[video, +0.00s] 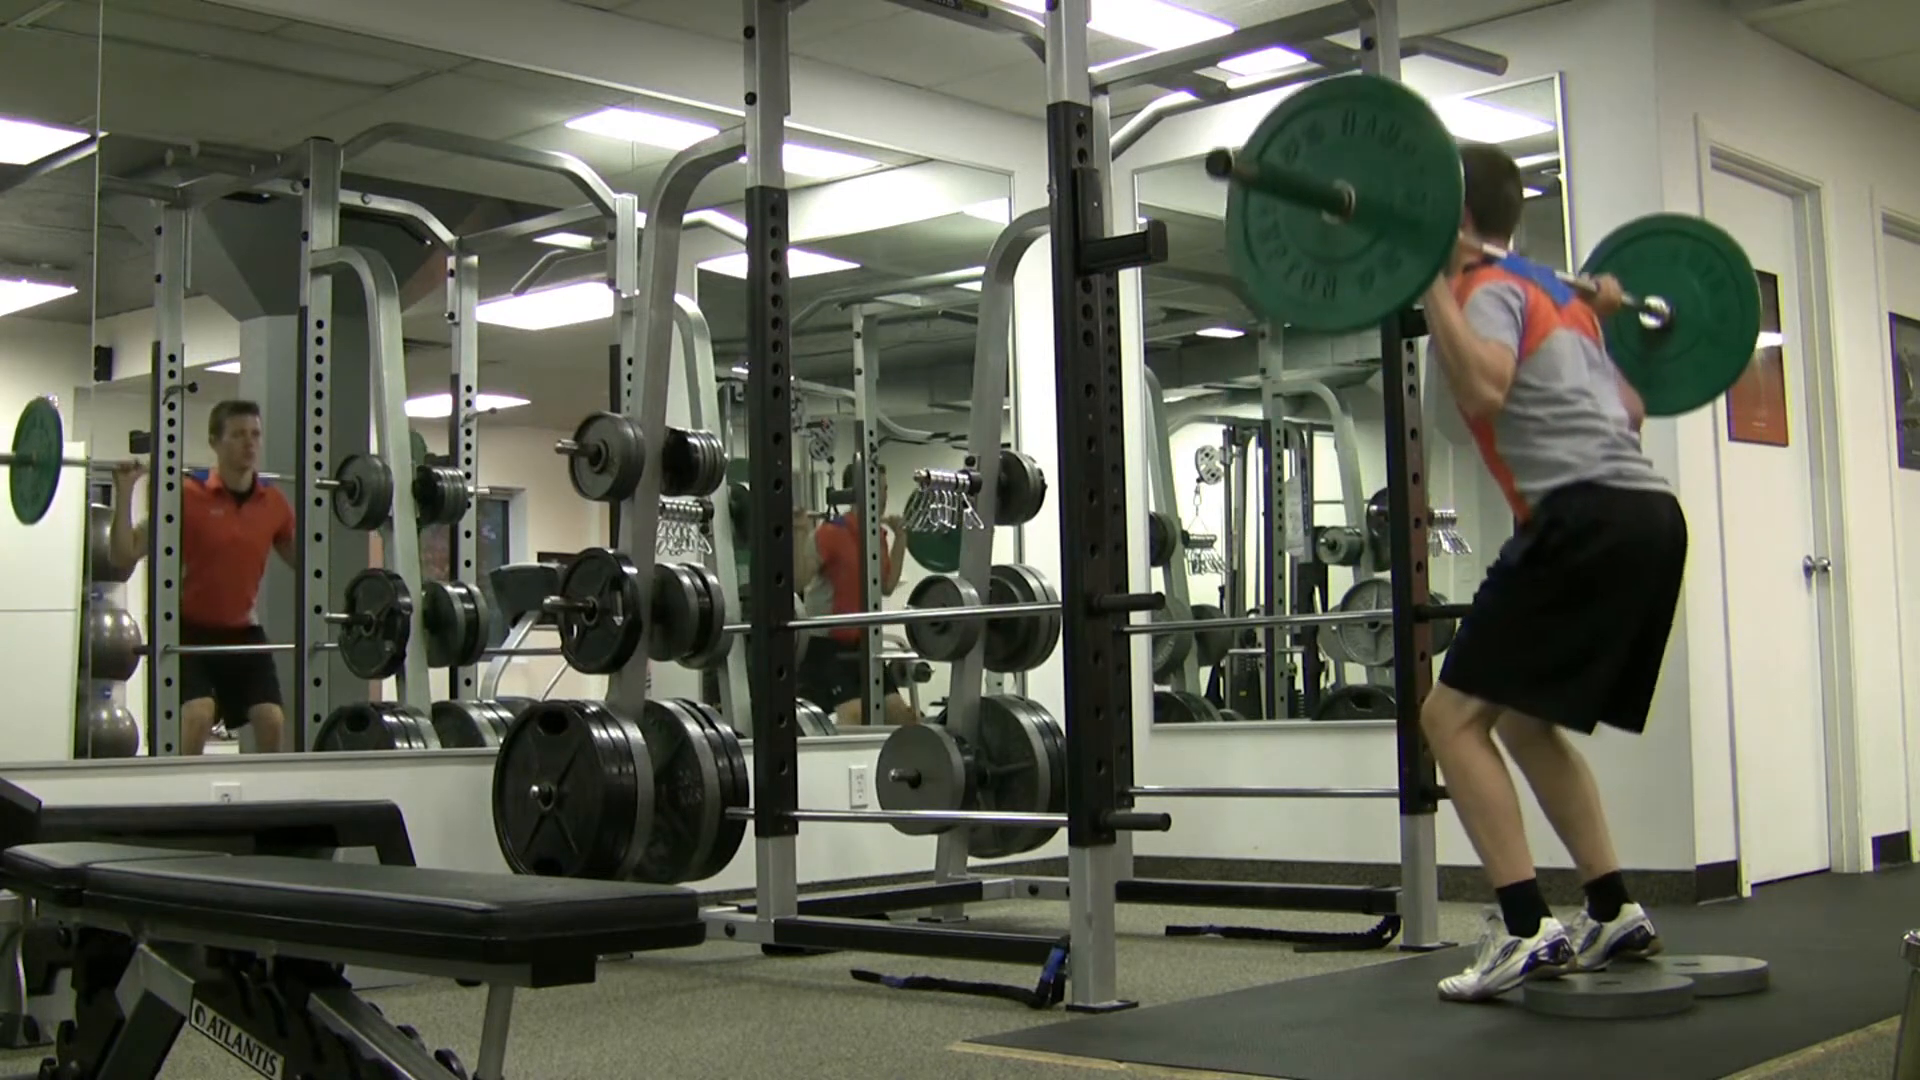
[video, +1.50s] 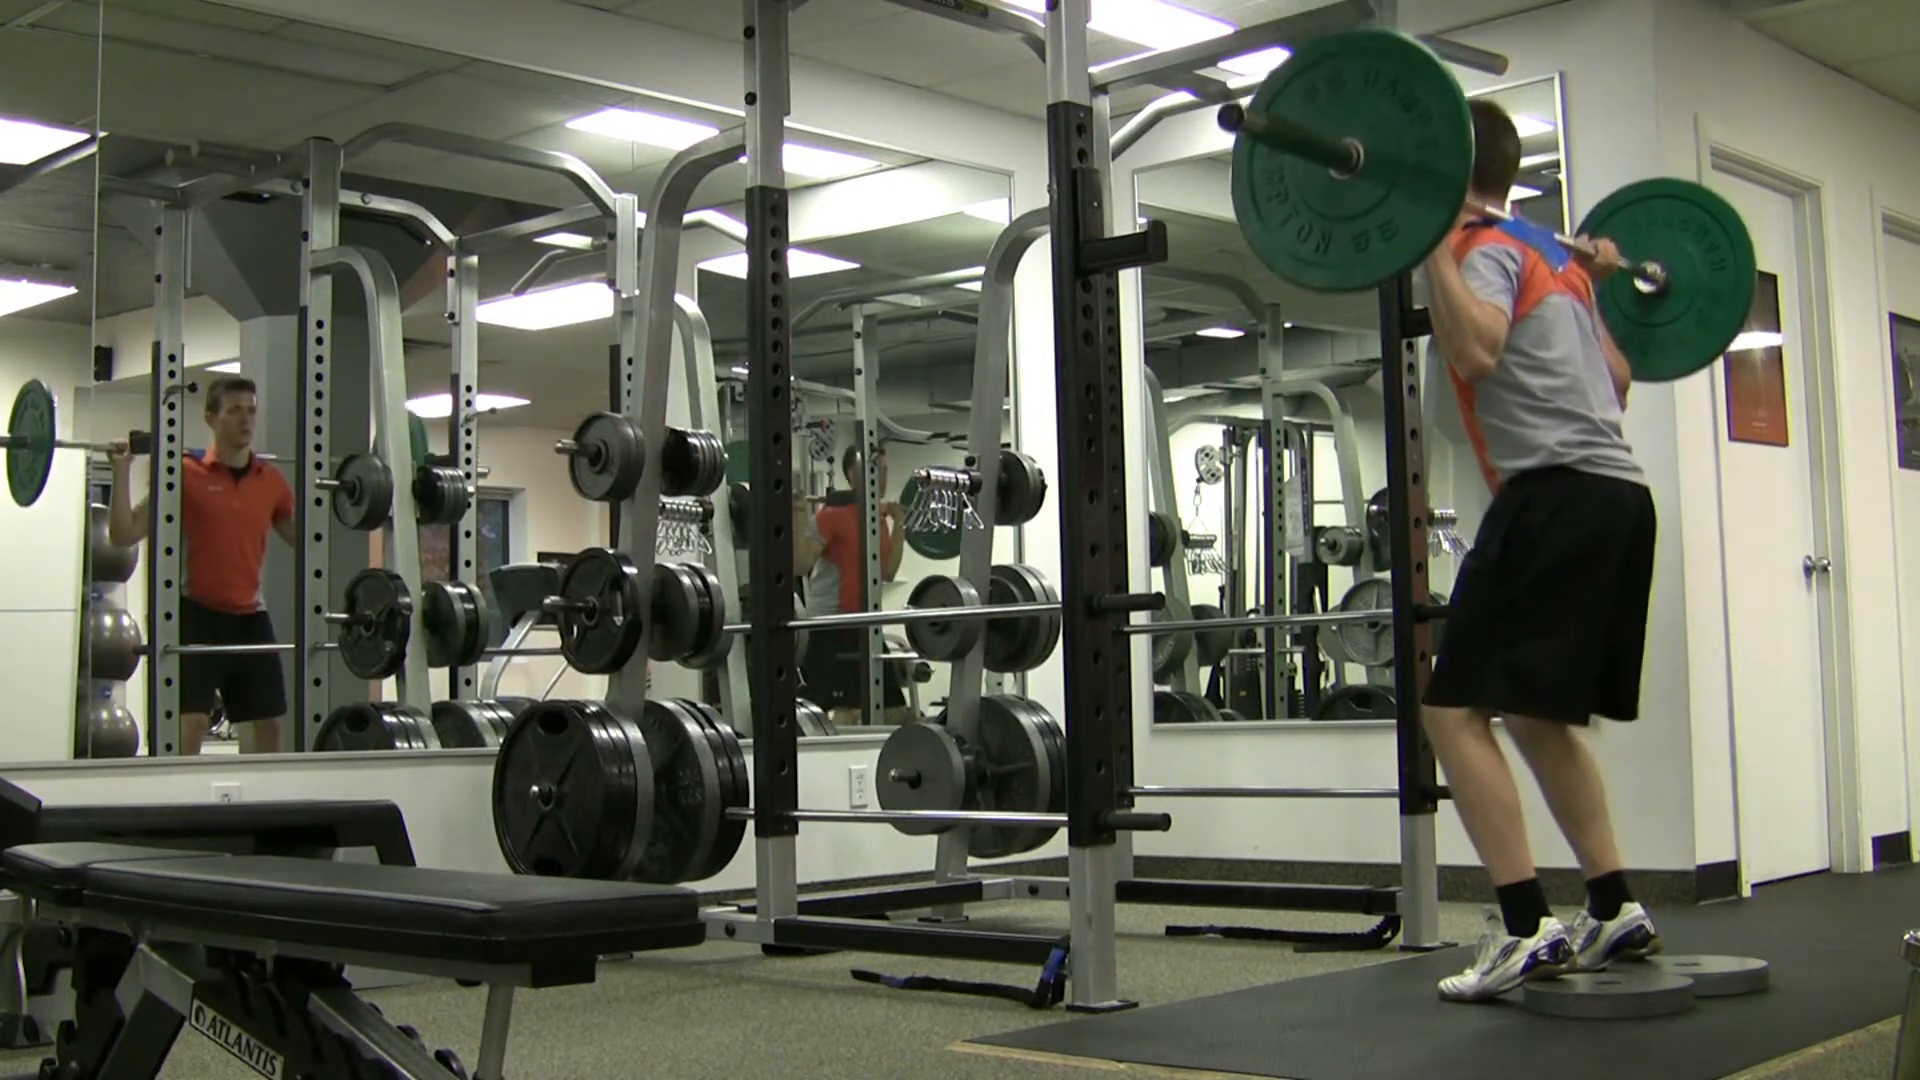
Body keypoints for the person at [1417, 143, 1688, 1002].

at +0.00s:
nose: (1435, 231)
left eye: (1437, 215)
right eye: (1440, 213)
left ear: (1452, 217)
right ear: (1515, 220)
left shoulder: (1491, 286)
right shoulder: (1563, 298)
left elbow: (1485, 391)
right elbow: (1628, 410)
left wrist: (1433, 286)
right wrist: (1600, 312)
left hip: (1584, 519)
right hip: (1650, 520)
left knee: (1449, 713)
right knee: (1522, 718)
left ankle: (1523, 928)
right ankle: (1615, 911)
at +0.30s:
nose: (1432, 170)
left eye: (1436, 152)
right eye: (1438, 153)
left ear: (1457, 158)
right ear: (1512, 162)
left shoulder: (1487, 233)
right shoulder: (1565, 246)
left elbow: (1476, 338)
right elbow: (1621, 368)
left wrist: (1431, 230)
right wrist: (1602, 266)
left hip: (1557, 480)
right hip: (1623, 482)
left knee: (1478, 702)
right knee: (1556, 709)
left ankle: (1527, 929)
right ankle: (1617, 910)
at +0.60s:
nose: (1427, 151)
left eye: (1432, 132)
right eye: (1435, 133)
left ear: (1457, 137)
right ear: (1511, 139)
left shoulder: (1485, 212)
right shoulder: (1561, 223)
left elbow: (1473, 321)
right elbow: (1616, 352)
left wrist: (1432, 212)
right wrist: (1600, 249)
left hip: (1534, 472)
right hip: (1597, 469)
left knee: (1502, 702)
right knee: (1579, 700)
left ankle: (1528, 929)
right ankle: (1619, 910)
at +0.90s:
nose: (1426, 144)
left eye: (1432, 124)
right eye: (1437, 124)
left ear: (1454, 132)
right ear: (1512, 135)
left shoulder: (1487, 210)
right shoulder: (1563, 221)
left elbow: (1473, 318)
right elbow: (1614, 354)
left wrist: (1432, 210)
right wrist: (1601, 246)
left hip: (1523, 470)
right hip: (1589, 469)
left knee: (1518, 697)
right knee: (1597, 697)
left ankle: (1530, 927)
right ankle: (1621, 909)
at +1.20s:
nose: (1427, 139)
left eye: (1433, 120)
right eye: (1437, 119)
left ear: (1455, 130)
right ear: (1512, 133)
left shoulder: (1489, 209)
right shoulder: (1561, 220)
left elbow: (1476, 319)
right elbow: (1615, 353)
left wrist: (1433, 209)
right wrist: (1601, 246)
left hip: (1526, 471)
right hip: (1593, 471)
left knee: (1500, 697)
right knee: (1583, 697)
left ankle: (1529, 928)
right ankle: (1619, 909)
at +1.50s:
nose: (1429, 186)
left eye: (1433, 165)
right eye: (1437, 166)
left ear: (1452, 171)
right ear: (1510, 177)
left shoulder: (1486, 247)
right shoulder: (1559, 257)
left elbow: (1476, 353)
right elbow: (1616, 381)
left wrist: (1430, 246)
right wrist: (1596, 276)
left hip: (1550, 498)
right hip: (1617, 501)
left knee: (1450, 707)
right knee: (1537, 709)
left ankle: (1524, 929)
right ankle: (1614, 909)